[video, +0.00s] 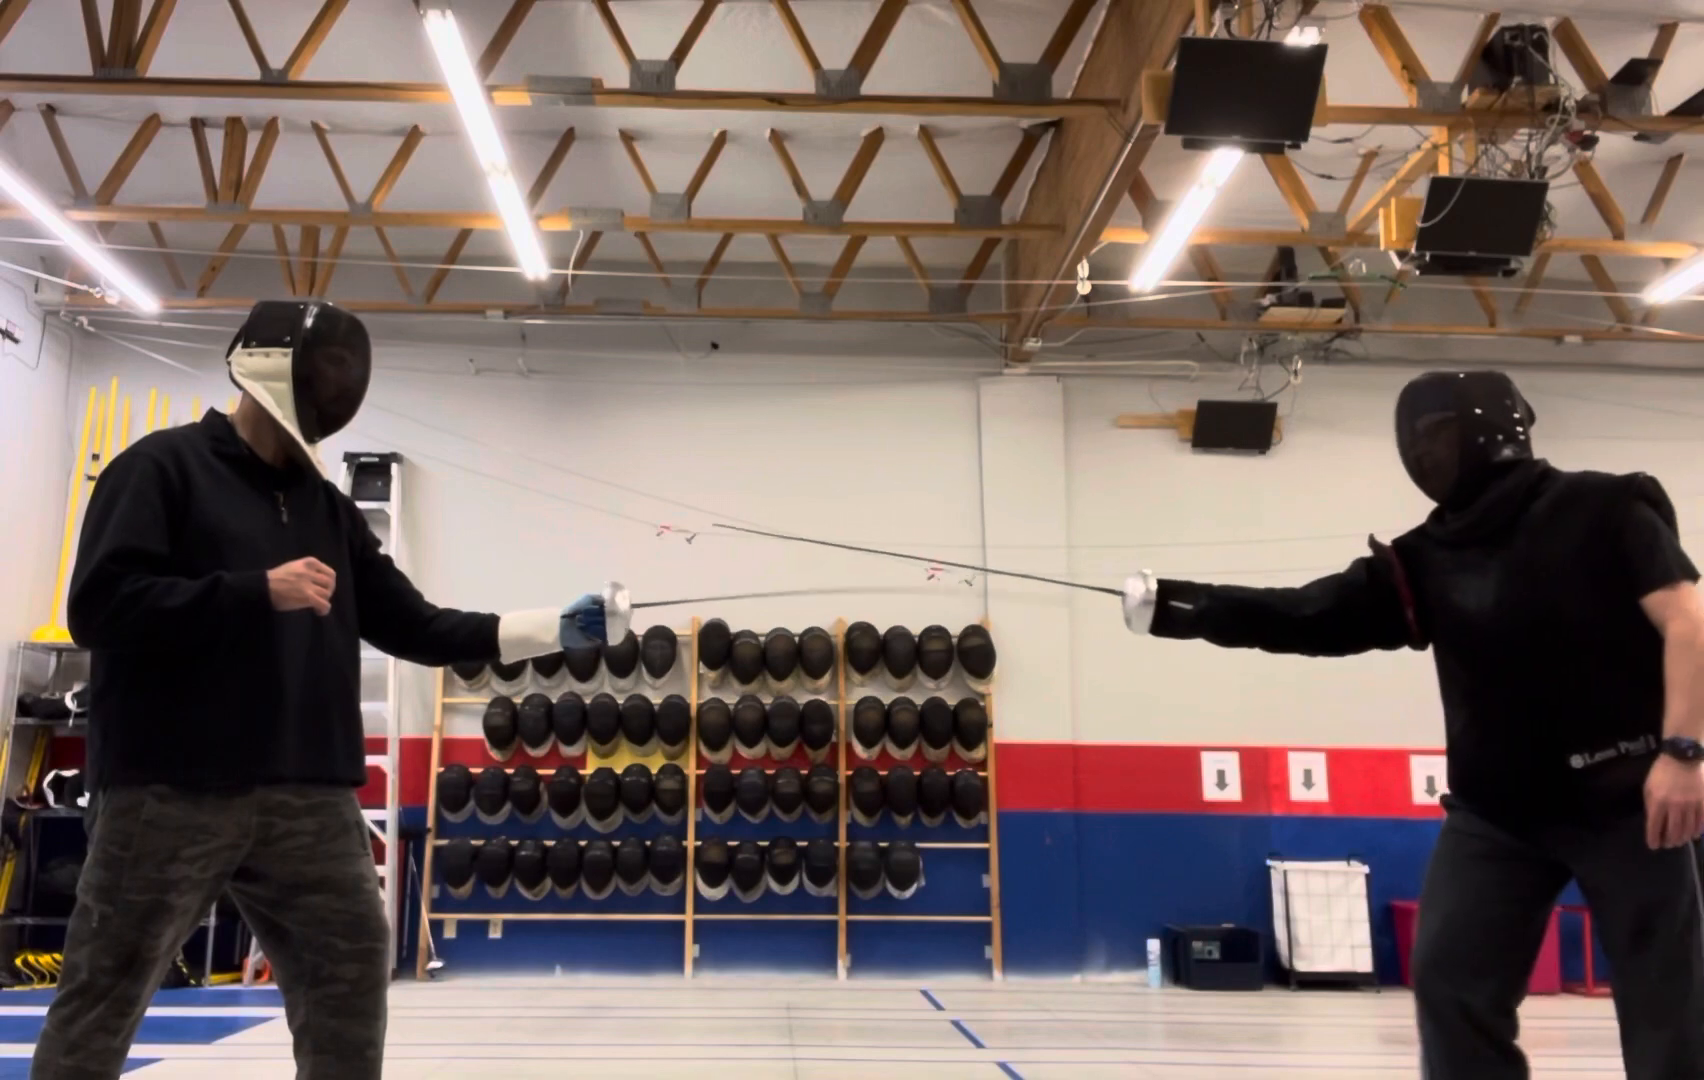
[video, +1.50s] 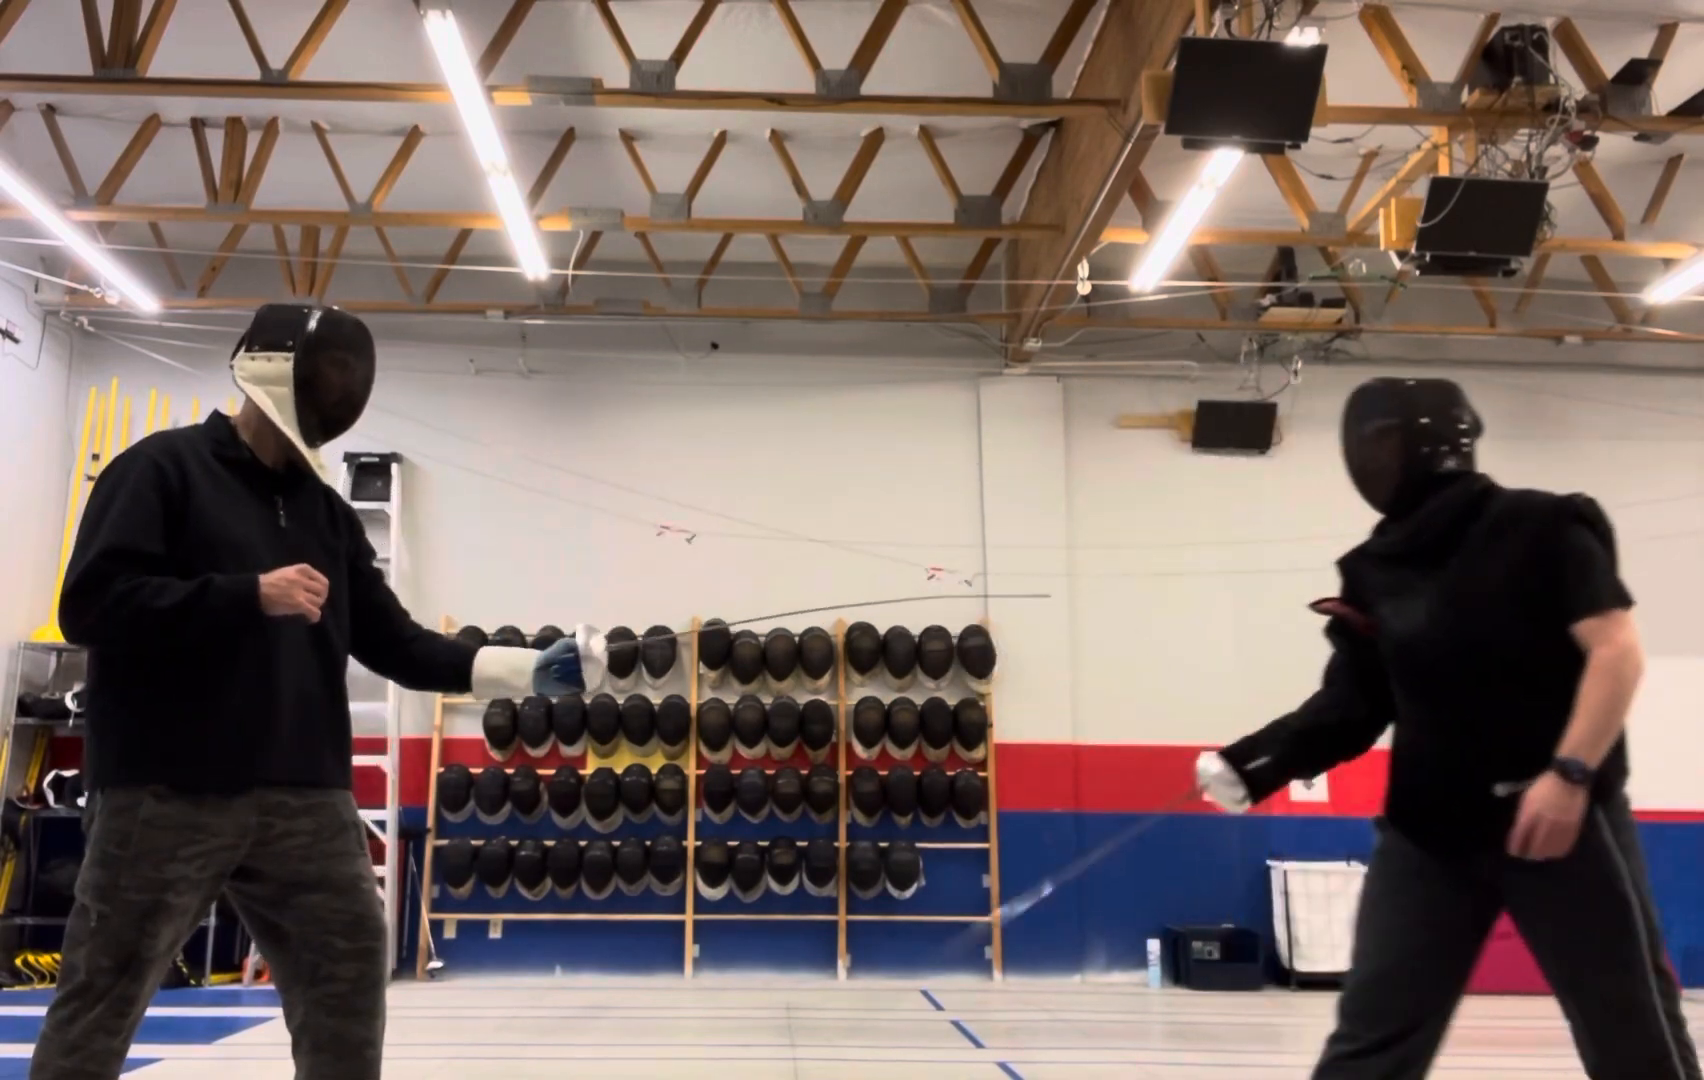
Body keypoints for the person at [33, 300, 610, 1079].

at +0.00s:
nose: (326, 398)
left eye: (337, 384)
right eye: (312, 375)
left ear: (337, 392)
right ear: (258, 366)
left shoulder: (325, 507)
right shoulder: (154, 469)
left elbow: (407, 623)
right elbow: (99, 606)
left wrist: (550, 630)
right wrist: (254, 589)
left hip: (305, 796)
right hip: (166, 793)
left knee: (348, 982)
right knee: (101, 1002)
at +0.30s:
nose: (330, 410)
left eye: (340, 395)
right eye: (322, 385)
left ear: (335, 399)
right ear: (273, 372)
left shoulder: (329, 510)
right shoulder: (158, 469)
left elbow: (420, 622)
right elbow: (103, 602)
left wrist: (565, 626)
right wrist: (259, 588)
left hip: (303, 794)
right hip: (166, 789)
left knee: (349, 972)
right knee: (101, 998)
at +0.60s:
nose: (349, 420)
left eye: (360, 404)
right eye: (337, 396)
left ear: (360, 404)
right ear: (281, 376)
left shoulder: (350, 513)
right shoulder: (172, 467)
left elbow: (478, 558)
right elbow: (104, 593)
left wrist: (627, 552)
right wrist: (264, 590)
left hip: (305, 797)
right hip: (164, 792)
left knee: (348, 990)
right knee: (98, 1003)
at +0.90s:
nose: (354, 414)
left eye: (365, 399)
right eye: (344, 391)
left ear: (360, 396)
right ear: (287, 371)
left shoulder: (357, 505)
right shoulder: (169, 471)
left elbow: (487, 521)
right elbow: (108, 603)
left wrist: (634, 490)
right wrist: (266, 589)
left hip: (313, 796)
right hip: (170, 794)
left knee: (354, 1000)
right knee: (98, 1008)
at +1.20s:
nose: (322, 435)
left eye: (338, 418)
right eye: (313, 411)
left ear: (346, 407)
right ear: (262, 381)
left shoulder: (337, 506)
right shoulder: (157, 476)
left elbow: (442, 580)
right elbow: (100, 609)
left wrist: (582, 600)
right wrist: (257, 592)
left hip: (305, 797)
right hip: (167, 795)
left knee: (351, 991)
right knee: (98, 1007)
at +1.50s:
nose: (333, 412)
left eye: (340, 401)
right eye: (315, 393)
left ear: (345, 407)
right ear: (261, 377)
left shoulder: (324, 511)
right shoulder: (154, 471)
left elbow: (388, 639)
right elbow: (90, 604)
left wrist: (512, 667)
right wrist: (247, 593)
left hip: (302, 799)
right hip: (164, 794)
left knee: (347, 976)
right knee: (101, 1000)